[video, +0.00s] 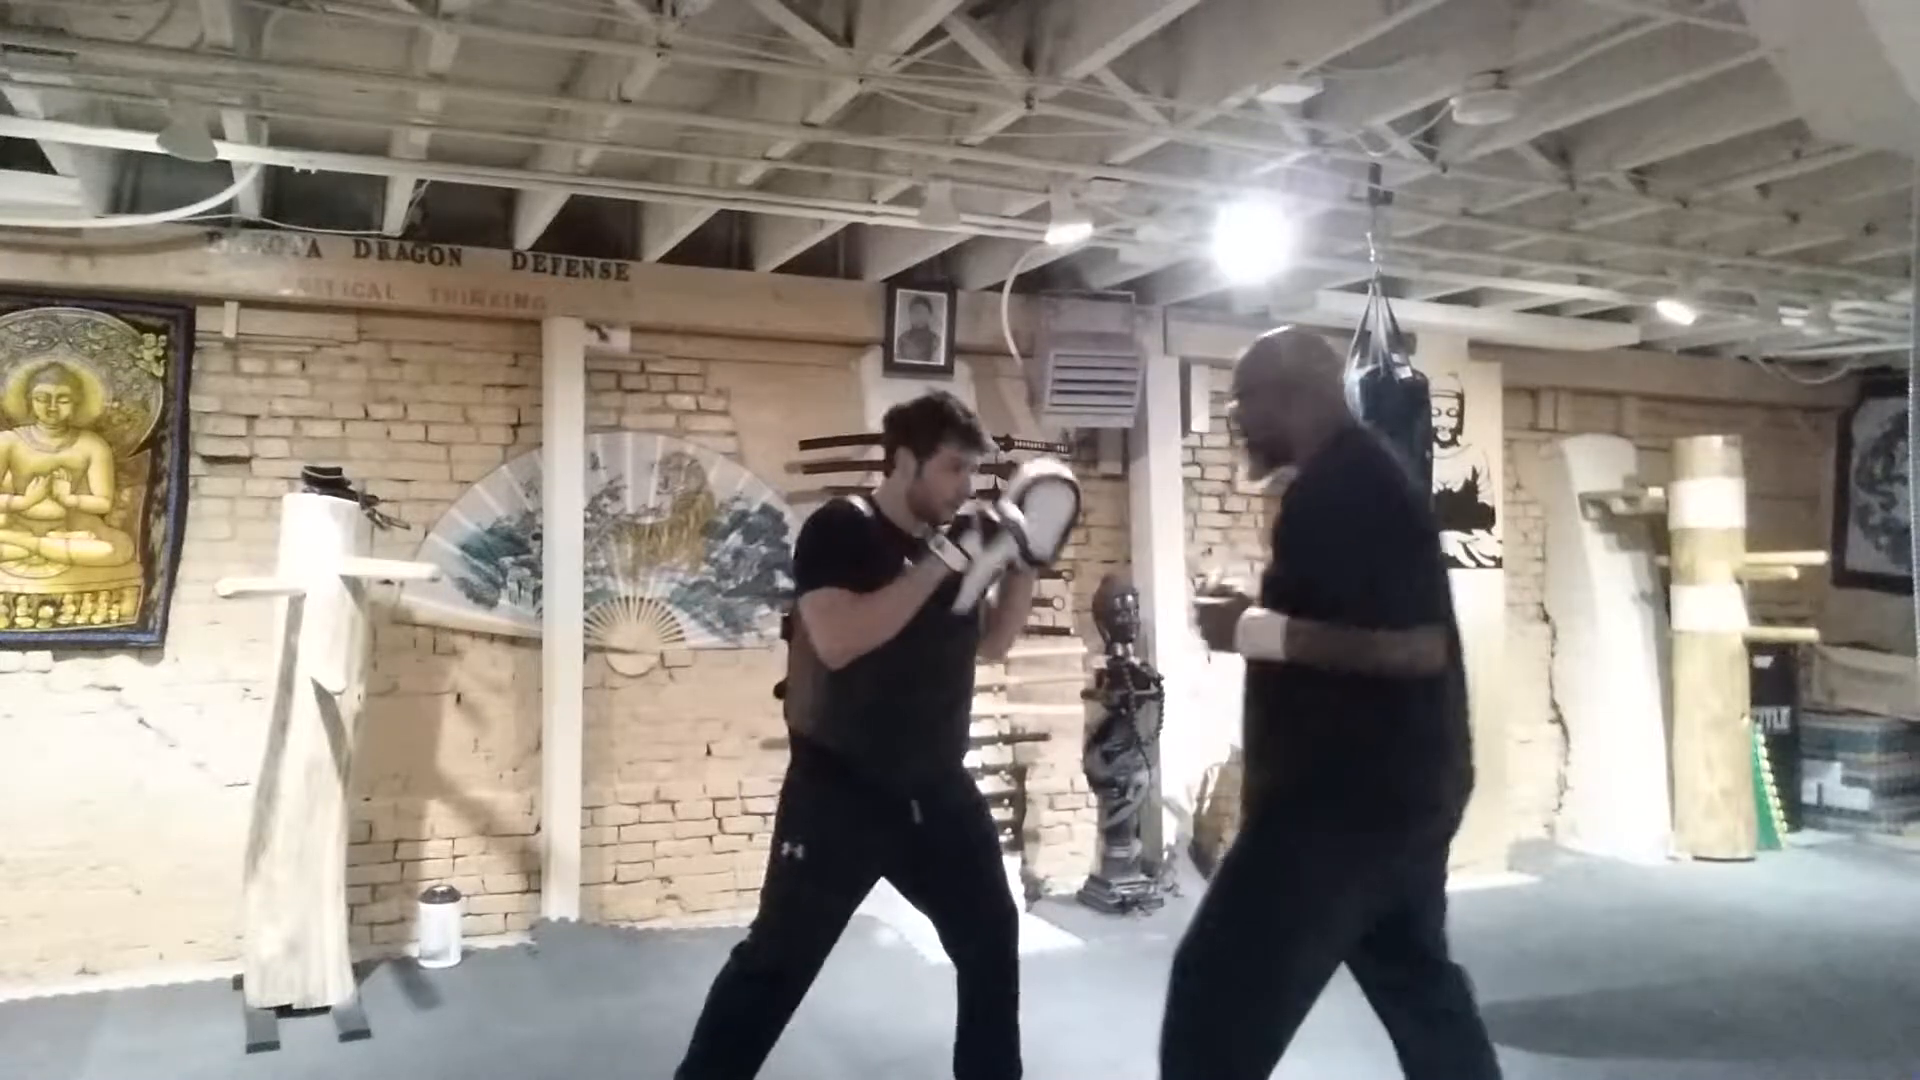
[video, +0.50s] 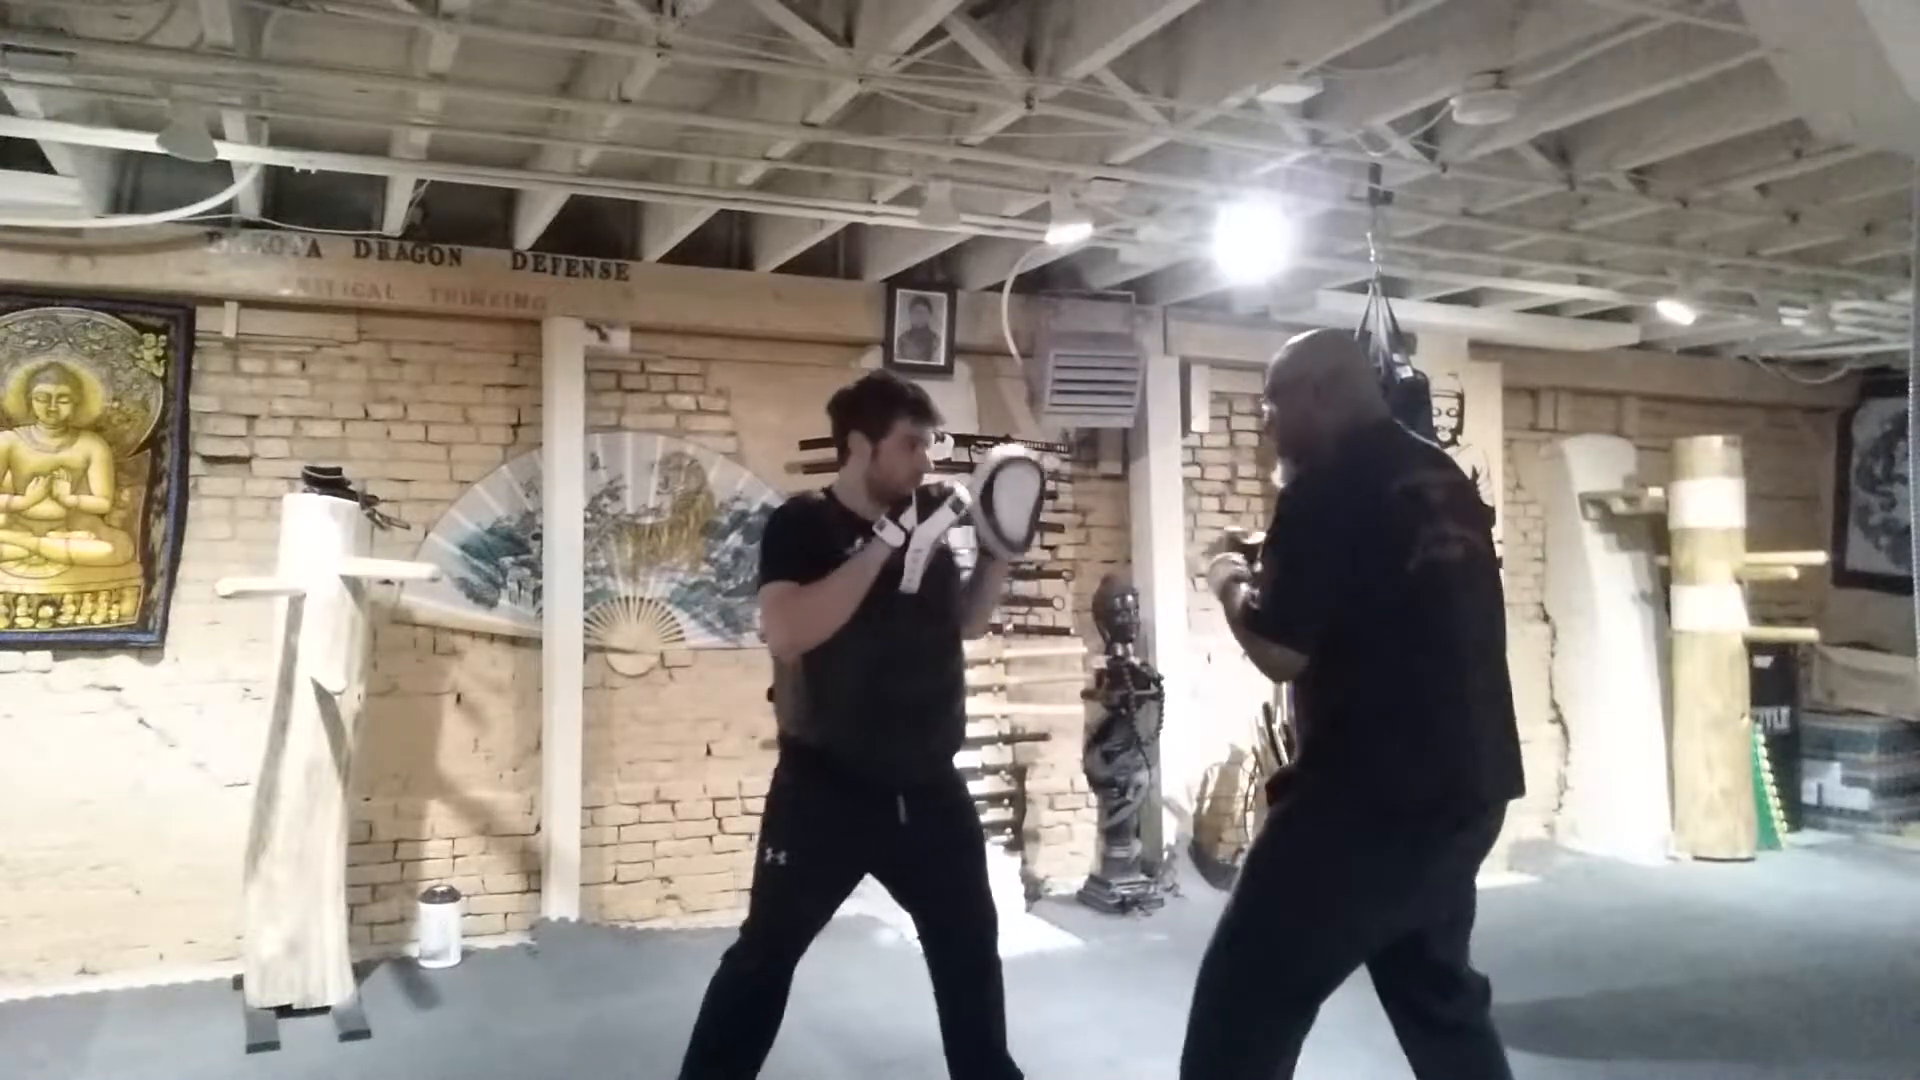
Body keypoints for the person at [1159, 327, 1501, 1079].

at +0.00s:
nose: (1234, 415)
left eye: (1247, 396)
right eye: (1234, 399)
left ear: (1303, 394)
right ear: (1311, 395)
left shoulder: (1351, 481)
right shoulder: (1350, 475)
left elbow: (1419, 645)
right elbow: (1358, 623)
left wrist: (1251, 629)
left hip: (1347, 803)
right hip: (1391, 798)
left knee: (1219, 996)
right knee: (1418, 987)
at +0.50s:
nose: (1268, 428)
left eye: (1275, 404)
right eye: (1267, 407)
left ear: (1326, 396)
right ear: (1359, 394)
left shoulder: (1327, 488)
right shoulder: (1443, 476)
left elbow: (1284, 656)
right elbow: (1397, 624)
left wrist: (1234, 593)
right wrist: (1281, 581)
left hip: (1364, 793)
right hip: (1466, 782)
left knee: (1238, 1017)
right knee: (1441, 1006)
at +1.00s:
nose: (1239, 424)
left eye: (1247, 407)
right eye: (1240, 407)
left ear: (1281, 408)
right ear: (1340, 404)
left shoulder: (1259, 488)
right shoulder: (1429, 491)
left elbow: (1114, 540)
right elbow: (1479, 627)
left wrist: (1051, 467)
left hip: (1306, 803)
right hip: (1428, 798)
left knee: (1189, 1018)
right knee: (1409, 1007)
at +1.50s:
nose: (1142, 446)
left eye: (1149, 426)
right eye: (1141, 429)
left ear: (1200, 418)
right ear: (1209, 419)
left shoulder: (1266, 506)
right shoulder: (1252, 501)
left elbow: (1238, 676)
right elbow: (1221, 653)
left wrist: (1149, 616)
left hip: (1263, 812)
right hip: (1317, 801)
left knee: (1134, 981)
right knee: (1297, 971)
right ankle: (1372, 1075)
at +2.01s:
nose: (1115, 478)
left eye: (1119, 459)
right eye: (1112, 462)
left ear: (1150, 453)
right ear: (1195, 444)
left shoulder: (1156, 530)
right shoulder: (1286, 506)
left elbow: (1094, 667)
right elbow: (1372, 599)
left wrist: (1050, 630)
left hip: (1234, 809)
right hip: (1344, 796)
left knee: (1114, 987)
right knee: (1308, 988)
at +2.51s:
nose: (1129, 445)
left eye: (1138, 428)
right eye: (1129, 428)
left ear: (1167, 432)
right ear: (1216, 432)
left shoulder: (1155, 512)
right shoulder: (1274, 508)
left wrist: (1021, 551)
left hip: (1188, 810)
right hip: (1298, 799)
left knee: (1090, 1011)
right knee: (1267, 968)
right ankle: (1315, 1075)